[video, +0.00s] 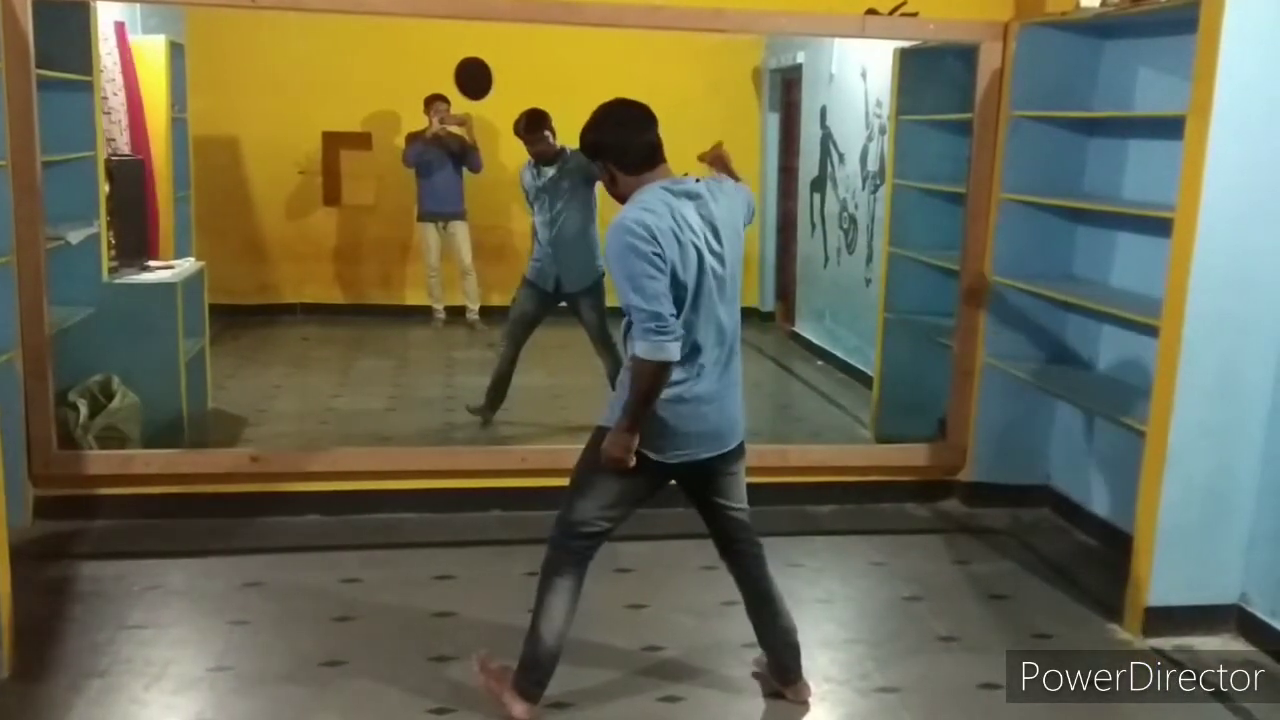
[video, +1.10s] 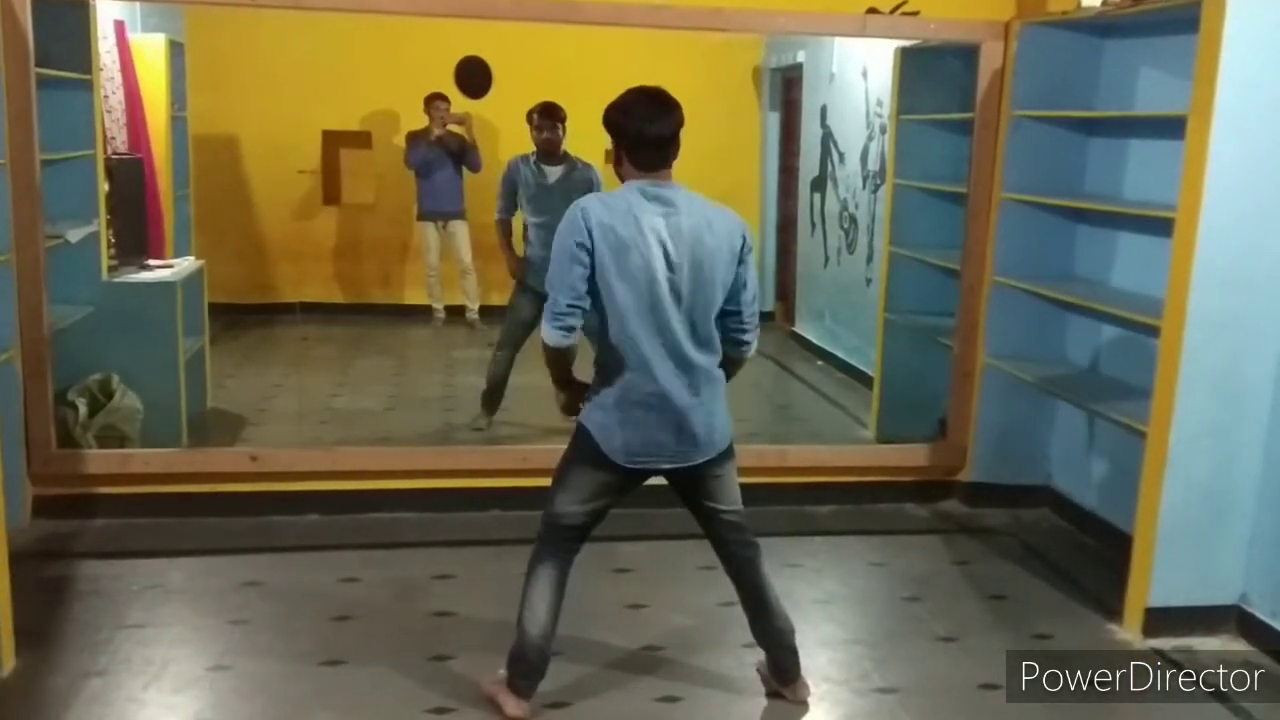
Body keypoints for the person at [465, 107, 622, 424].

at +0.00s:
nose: (533, 150)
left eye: (536, 143)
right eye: (528, 145)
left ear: (551, 135)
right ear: (523, 143)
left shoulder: (578, 162)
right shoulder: (528, 174)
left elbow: (612, 169)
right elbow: (539, 216)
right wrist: (543, 255)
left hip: (582, 270)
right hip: (542, 270)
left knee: (600, 339)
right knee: (512, 337)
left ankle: (628, 402)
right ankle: (490, 407)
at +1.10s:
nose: (547, 135)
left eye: (553, 129)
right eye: (540, 129)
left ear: (564, 130)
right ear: (531, 132)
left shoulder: (585, 173)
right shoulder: (518, 169)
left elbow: (598, 219)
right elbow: (504, 215)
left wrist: (595, 264)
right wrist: (510, 257)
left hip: (579, 274)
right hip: (536, 274)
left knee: (608, 345)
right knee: (506, 345)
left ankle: (606, 406)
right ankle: (487, 412)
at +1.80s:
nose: (532, 135)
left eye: (539, 128)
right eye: (526, 129)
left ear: (550, 130)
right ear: (517, 131)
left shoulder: (572, 166)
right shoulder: (509, 168)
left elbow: (588, 212)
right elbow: (504, 220)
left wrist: (586, 261)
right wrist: (510, 265)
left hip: (573, 271)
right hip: (531, 271)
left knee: (594, 340)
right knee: (502, 342)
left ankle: (593, 405)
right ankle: (487, 410)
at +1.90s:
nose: (523, 133)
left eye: (530, 125)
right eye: (519, 126)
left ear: (547, 125)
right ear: (516, 127)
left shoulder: (566, 162)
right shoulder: (508, 164)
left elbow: (582, 185)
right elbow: (502, 216)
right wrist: (505, 261)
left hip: (570, 272)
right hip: (528, 271)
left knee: (591, 342)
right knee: (500, 340)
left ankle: (588, 406)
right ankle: (486, 410)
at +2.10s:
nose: (534, 134)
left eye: (539, 127)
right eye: (528, 128)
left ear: (550, 128)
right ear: (519, 130)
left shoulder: (564, 159)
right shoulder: (509, 168)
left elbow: (571, 180)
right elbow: (504, 218)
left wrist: (534, 158)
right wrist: (507, 261)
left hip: (569, 272)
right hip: (530, 273)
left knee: (588, 340)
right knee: (502, 341)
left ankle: (585, 401)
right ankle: (487, 410)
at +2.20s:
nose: (539, 137)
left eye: (544, 130)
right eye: (532, 131)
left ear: (554, 131)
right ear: (521, 132)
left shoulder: (564, 166)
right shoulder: (511, 169)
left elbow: (538, 198)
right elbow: (503, 220)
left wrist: (511, 176)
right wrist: (509, 265)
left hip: (567, 274)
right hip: (531, 274)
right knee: (502, 339)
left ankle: (592, 407)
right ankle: (488, 409)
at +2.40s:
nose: (517, 135)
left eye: (523, 127)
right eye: (511, 128)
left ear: (534, 127)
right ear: (503, 130)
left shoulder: (548, 164)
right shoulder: (497, 162)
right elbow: (489, 219)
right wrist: (498, 265)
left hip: (552, 272)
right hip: (515, 272)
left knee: (569, 338)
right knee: (490, 336)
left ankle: (579, 403)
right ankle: (486, 409)